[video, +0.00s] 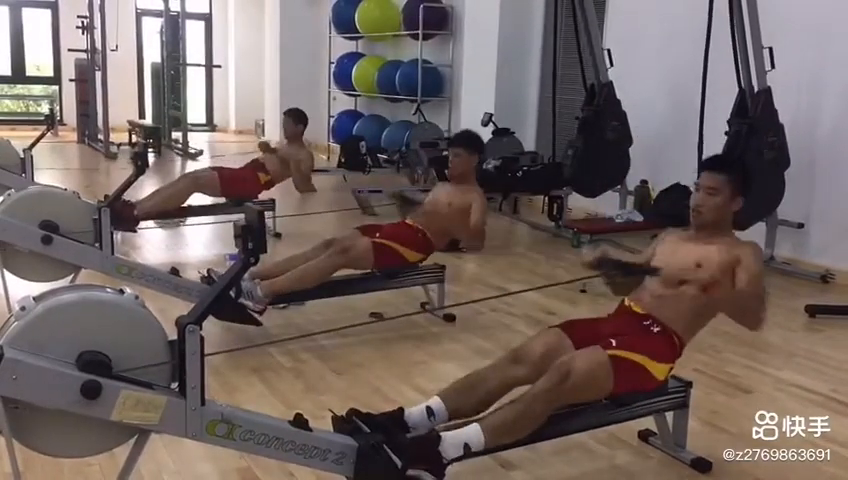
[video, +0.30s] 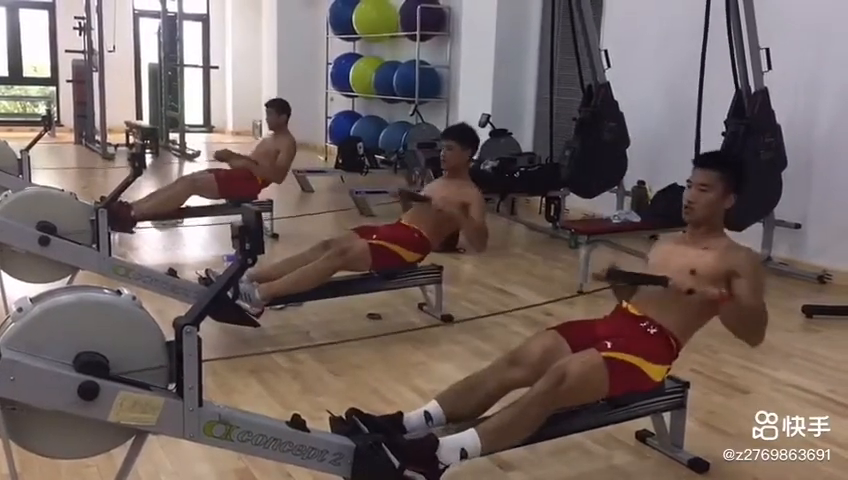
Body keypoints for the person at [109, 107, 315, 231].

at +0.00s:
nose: (284, 127)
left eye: (287, 123)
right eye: (285, 123)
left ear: (298, 126)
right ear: (293, 126)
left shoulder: (302, 154)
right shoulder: (289, 146)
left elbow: (304, 187)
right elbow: (280, 163)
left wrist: (290, 162)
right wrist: (268, 150)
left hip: (249, 182)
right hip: (242, 174)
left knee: (191, 180)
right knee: (188, 177)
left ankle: (136, 215)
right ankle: (134, 208)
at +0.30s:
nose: (267, 118)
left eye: (271, 115)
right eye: (267, 114)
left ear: (283, 117)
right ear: (274, 116)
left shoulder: (287, 143)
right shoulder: (272, 138)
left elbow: (277, 176)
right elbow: (255, 164)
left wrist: (240, 160)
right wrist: (232, 158)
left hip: (248, 183)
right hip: (240, 177)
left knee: (191, 183)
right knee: (186, 179)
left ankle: (133, 215)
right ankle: (132, 208)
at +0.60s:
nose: (245, 111)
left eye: (249, 107)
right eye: (245, 107)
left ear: (262, 109)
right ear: (254, 110)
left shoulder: (271, 135)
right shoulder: (253, 133)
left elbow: (260, 170)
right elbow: (235, 159)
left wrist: (223, 176)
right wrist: (209, 161)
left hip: (249, 188)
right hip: (238, 182)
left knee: (192, 192)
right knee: (190, 189)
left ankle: (132, 218)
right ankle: (131, 212)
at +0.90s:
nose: (232, 111)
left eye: (235, 107)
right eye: (232, 106)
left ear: (247, 109)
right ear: (244, 110)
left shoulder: (260, 135)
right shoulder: (244, 134)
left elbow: (244, 172)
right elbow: (225, 160)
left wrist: (210, 185)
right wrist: (199, 171)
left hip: (249, 188)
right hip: (238, 183)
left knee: (193, 199)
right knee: (189, 195)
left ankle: (133, 219)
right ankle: (131, 213)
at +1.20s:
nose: (221, 110)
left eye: (225, 106)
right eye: (222, 106)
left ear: (239, 109)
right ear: (232, 108)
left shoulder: (252, 133)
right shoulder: (233, 132)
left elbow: (226, 168)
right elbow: (209, 157)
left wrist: (190, 187)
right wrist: (183, 172)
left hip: (249, 187)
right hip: (236, 183)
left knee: (191, 195)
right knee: (187, 192)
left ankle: (134, 220)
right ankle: (133, 213)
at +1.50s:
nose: (205, 110)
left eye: (209, 106)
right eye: (206, 106)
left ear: (222, 109)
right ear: (217, 109)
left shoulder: (236, 131)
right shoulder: (216, 130)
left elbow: (212, 160)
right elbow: (192, 150)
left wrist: (176, 170)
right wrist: (164, 163)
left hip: (241, 186)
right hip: (231, 181)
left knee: (184, 173)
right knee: (177, 168)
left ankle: (141, 216)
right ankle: (138, 211)